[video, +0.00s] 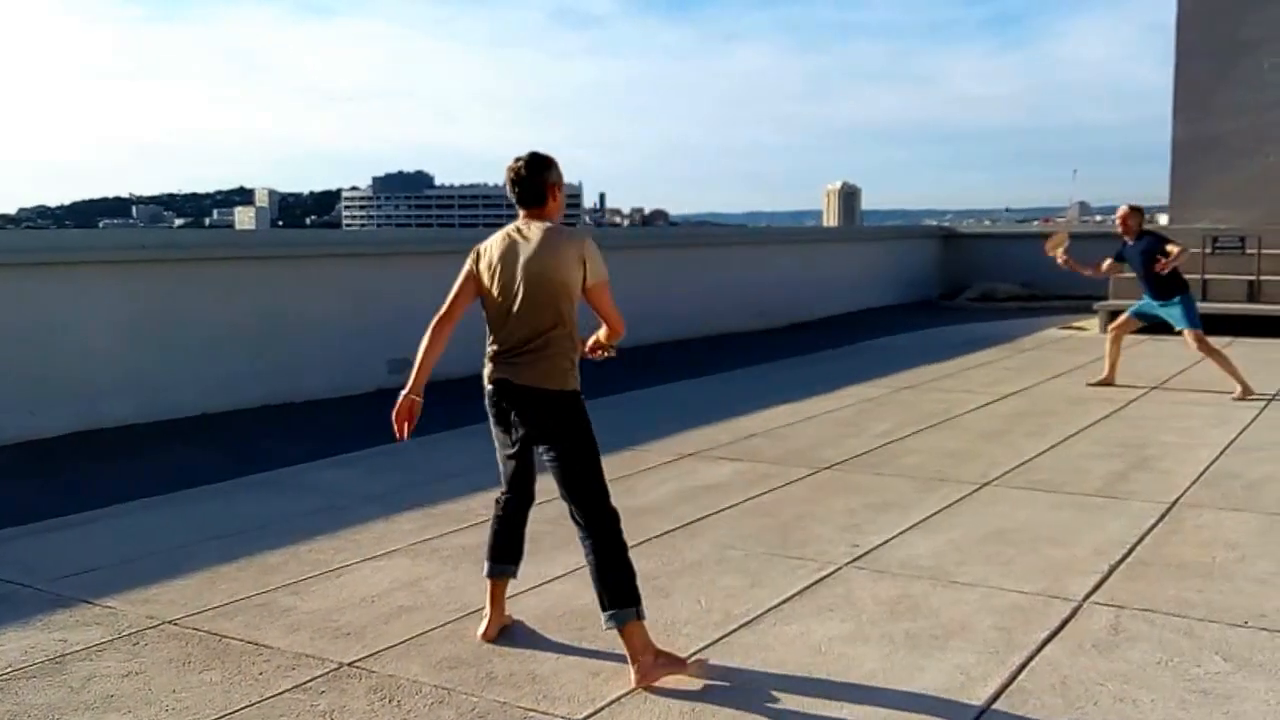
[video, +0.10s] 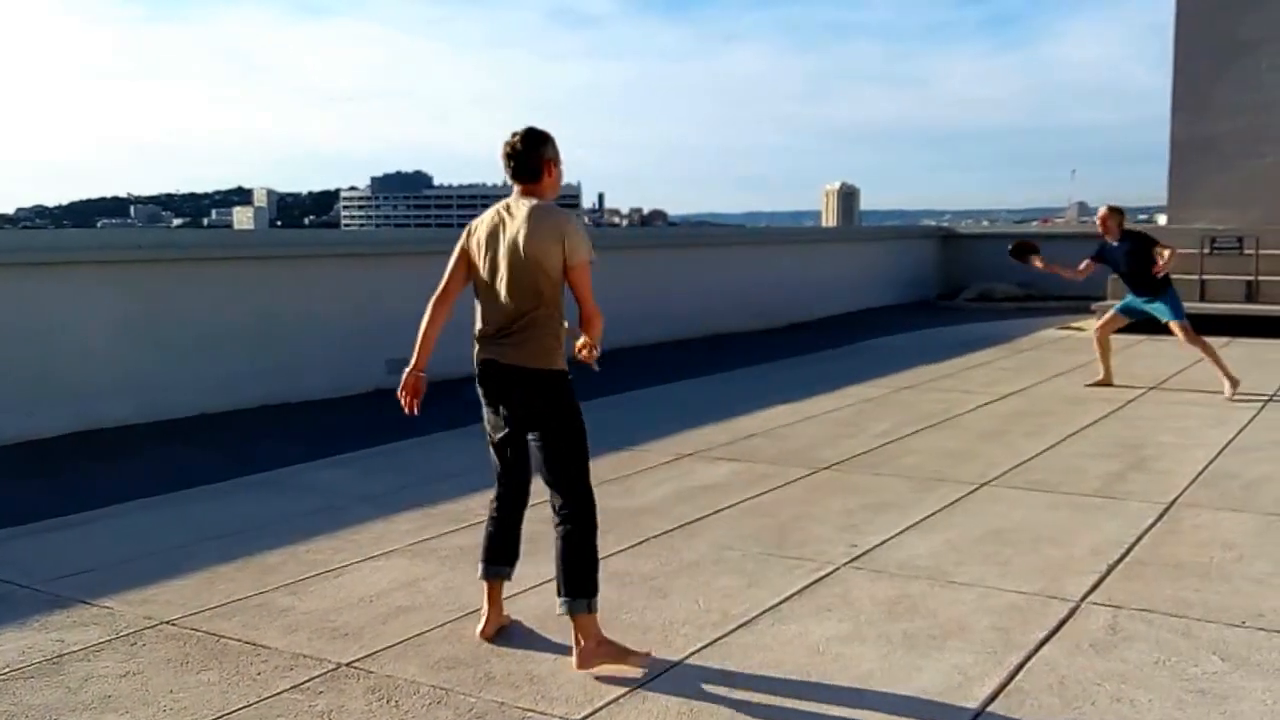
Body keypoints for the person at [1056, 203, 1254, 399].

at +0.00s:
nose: (1120, 225)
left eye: (1125, 220)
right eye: (1118, 221)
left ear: (1138, 221)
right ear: (1118, 224)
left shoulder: (1152, 239)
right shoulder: (1124, 249)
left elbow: (1180, 250)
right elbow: (1101, 271)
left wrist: (1171, 261)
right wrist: (1072, 265)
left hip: (1177, 300)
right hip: (1151, 302)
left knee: (1198, 344)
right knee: (1115, 330)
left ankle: (1243, 385)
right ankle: (1109, 377)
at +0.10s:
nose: (1100, 226)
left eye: (1104, 222)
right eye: (1099, 222)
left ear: (1117, 222)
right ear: (1101, 225)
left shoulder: (1137, 239)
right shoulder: (1103, 250)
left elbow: (1169, 252)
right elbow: (1079, 275)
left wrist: (1164, 264)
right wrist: (1049, 267)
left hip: (1161, 296)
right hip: (1136, 298)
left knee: (1186, 336)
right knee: (1100, 330)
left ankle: (1228, 378)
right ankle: (1106, 377)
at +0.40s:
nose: (1090, 195)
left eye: (1094, 191)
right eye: (1086, 192)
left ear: (1102, 193)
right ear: (1081, 195)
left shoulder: (1118, 212)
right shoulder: (1082, 222)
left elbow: (1148, 221)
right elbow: (1085, 244)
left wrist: (1156, 220)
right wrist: (1094, 257)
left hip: (1130, 276)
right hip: (1105, 277)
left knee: (1144, 321)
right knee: (1085, 323)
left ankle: (1162, 369)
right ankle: (1098, 369)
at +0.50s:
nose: (1094, 195)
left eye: (1098, 190)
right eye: (1090, 190)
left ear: (1105, 193)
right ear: (1084, 194)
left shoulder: (1118, 211)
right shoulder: (1081, 220)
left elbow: (1143, 225)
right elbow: (1086, 250)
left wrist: (1153, 225)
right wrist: (1105, 260)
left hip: (1123, 276)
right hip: (1096, 276)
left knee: (1136, 322)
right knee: (1077, 323)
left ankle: (1151, 372)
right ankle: (1079, 367)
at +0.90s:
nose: (1107, 198)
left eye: (1111, 194)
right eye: (1103, 194)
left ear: (1118, 197)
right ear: (1097, 197)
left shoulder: (1129, 221)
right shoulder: (1090, 222)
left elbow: (1136, 254)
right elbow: (1068, 255)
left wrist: (1140, 283)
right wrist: (1073, 279)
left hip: (1123, 284)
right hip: (1094, 284)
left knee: (1135, 329)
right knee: (1077, 328)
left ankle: (1149, 376)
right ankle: (1067, 373)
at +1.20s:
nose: (1116, 194)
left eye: (1121, 190)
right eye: (1113, 190)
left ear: (1129, 192)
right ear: (1108, 192)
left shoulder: (1143, 215)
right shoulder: (1105, 218)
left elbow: (1160, 241)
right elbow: (1100, 248)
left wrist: (1169, 270)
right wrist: (1085, 275)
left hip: (1142, 280)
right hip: (1114, 280)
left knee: (1158, 323)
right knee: (1105, 325)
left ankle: (1182, 373)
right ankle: (1107, 373)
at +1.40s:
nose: (1117, 220)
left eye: (1122, 215)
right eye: (1115, 216)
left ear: (1133, 216)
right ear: (1112, 220)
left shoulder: (1146, 235)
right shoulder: (1121, 244)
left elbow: (1169, 255)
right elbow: (1113, 271)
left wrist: (1173, 282)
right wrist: (1084, 287)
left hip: (1159, 299)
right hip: (1136, 299)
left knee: (1166, 341)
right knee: (1108, 334)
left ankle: (1197, 383)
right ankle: (1112, 378)